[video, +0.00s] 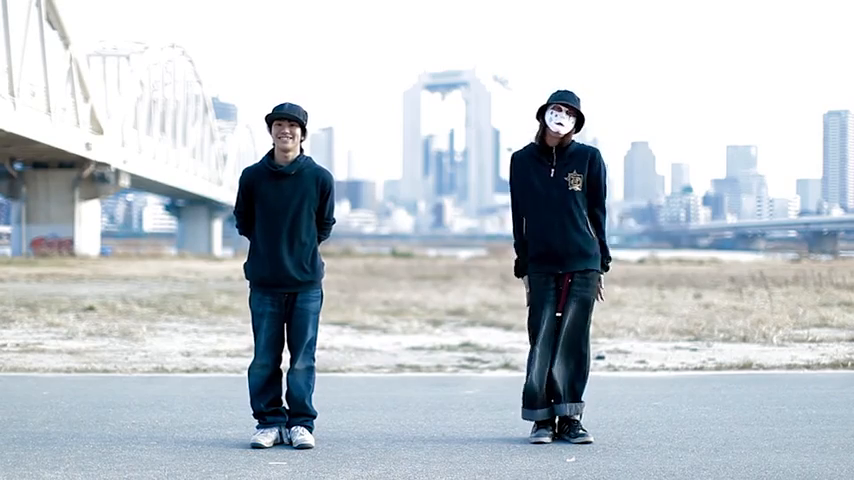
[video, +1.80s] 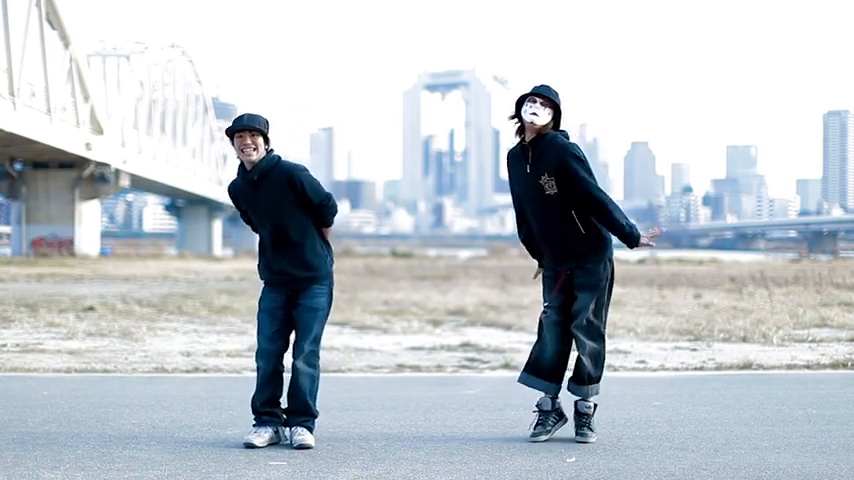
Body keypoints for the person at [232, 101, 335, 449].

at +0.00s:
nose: (285, 134)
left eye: (292, 129)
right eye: (279, 128)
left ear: (302, 134)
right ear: (271, 132)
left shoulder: (320, 178)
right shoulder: (251, 176)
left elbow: (324, 227)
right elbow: (243, 224)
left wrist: (299, 245)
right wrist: (270, 243)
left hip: (306, 280)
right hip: (264, 279)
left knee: (302, 355)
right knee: (265, 355)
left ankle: (300, 424)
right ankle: (268, 424)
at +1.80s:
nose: (247, 143)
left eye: (253, 136)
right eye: (240, 138)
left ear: (265, 141)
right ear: (233, 145)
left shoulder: (293, 174)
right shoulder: (237, 189)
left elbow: (327, 207)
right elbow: (257, 225)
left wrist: (318, 233)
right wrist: (300, 234)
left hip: (313, 278)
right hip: (275, 280)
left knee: (305, 353)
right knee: (267, 353)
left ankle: (301, 425)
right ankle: (267, 424)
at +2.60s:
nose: (302, 153)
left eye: (309, 149)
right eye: (298, 146)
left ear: (316, 157)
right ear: (286, 148)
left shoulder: (322, 198)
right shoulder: (259, 183)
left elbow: (325, 241)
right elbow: (234, 225)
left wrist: (306, 260)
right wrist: (248, 250)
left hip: (301, 288)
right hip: (259, 286)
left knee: (304, 359)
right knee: (262, 359)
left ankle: (301, 425)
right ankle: (266, 426)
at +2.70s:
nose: (316, 143)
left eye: (323, 140)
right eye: (311, 137)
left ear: (330, 149)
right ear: (299, 141)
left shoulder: (330, 190)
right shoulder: (270, 171)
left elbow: (318, 234)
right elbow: (238, 207)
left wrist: (288, 248)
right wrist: (253, 244)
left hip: (296, 280)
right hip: (256, 277)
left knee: (300, 353)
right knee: (261, 352)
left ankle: (300, 423)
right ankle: (266, 424)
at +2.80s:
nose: (326, 153)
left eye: (333, 150)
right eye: (321, 147)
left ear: (340, 160)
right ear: (309, 152)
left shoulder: (336, 201)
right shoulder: (279, 183)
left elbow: (310, 235)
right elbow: (242, 211)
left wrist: (278, 249)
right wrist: (251, 249)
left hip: (292, 283)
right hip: (253, 281)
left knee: (297, 351)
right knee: (259, 353)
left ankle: (299, 422)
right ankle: (266, 422)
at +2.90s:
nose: (330, 172)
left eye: (337, 170)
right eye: (324, 166)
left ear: (344, 182)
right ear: (313, 172)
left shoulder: (339, 219)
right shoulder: (281, 205)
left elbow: (304, 243)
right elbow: (242, 225)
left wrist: (265, 251)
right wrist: (247, 254)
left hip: (292, 287)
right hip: (254, 287)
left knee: (295, 354)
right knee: (258, 356)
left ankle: (298, 423)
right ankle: (266, 422)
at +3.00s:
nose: (325, 169)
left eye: (333, 166)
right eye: (320, 162)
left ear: (340, 176)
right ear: (309, 166)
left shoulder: (338, 214)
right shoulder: (277, 196)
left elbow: (313, 242)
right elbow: (243, 217)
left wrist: (283, 254)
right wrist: (250, 253)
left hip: (295, 284)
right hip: (255, 283)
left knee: (297, 353)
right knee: (259, 353)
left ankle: (299, 423)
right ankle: (266, 421)